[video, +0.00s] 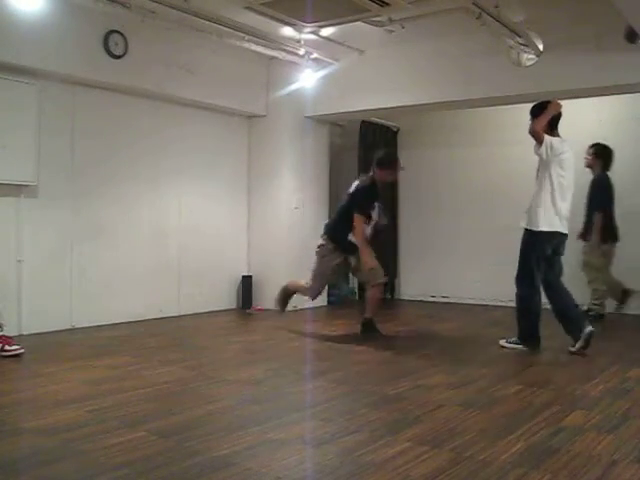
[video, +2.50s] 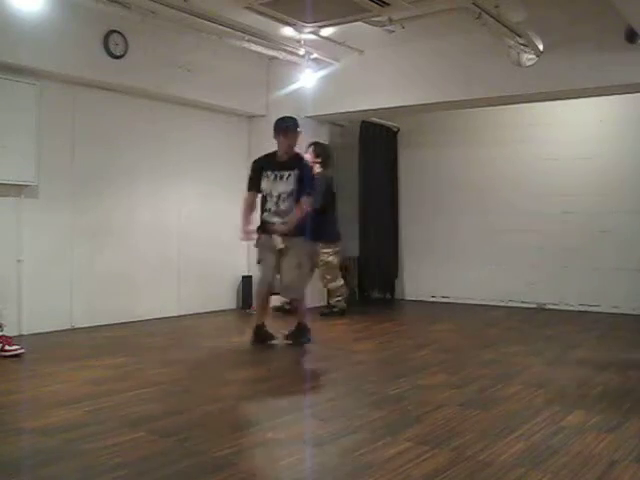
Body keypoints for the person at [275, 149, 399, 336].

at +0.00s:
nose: (394, 177)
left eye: (395, 172)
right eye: (390, 173)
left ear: (381, 170)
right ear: (379, 170)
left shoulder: (374, 187)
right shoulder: (364, 189)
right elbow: (358, 231)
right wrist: (368, 258)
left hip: (353, 244)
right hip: (333, 243)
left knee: (376, 279)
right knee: (313, 291)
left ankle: (368, 323)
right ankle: (290, 288)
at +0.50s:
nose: (339, 148)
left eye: (342, 144)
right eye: (335, 144)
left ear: (344, 145)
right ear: (326, 145)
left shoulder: (350, 165)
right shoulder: (315, 174)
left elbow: (358, 196)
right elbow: (313, 208)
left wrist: (371, 218)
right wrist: (334, 227)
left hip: (365, 230)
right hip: (339, 234)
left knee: (373, 282)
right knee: (335, 280)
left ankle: (367, 322)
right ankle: (326, 329)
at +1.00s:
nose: (362, 146)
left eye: (362, 141)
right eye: (359, 141)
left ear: (360, 141)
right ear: (347, 139)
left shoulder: (360, 161)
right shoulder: (328, 157)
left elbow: (367, 179)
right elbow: (315, 168)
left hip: (349, 222)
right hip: (325, 221)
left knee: (369, 271)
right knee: (332, 269)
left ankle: (361, 321)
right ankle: (326, 326)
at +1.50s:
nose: (349, 135)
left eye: (349, 131)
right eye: (345, 131)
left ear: (347, 132)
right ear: (334, 131)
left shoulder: (352, 154)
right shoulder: (317, 147)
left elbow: (359, 180)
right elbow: (292, 166)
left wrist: (361, 175)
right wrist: (319, 169)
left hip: (347, 225)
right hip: (323, 224)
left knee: (353, 276)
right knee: (325, 277)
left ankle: (354, 324)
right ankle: (306, 327)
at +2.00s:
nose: (310, 150)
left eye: (314, 145)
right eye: (306, 145)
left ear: (320, 140)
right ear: (299, 140)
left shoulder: (329, 167)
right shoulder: (284, 162)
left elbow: (349, 189)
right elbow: (264, 183)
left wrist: (363, 209)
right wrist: (262, 200)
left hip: (320, 238)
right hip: (289, 237)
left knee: (335, 287)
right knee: (276, 285)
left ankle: (335, 327)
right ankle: (293, 328)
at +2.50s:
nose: (290, 141)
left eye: (293, 136)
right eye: (286, 136)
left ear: (297, 137)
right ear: (277, 136)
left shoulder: (304, 167)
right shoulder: (260, 164)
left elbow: (306, 202)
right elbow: (251, 197)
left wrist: (288, 224)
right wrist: (246, 223)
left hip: (296, 234)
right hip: (267, 233)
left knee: (293, 283)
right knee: (265, 281)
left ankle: (302, 324)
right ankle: (259, 326)